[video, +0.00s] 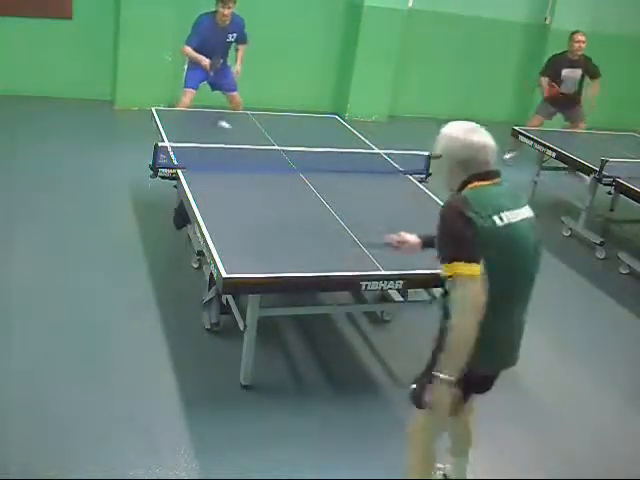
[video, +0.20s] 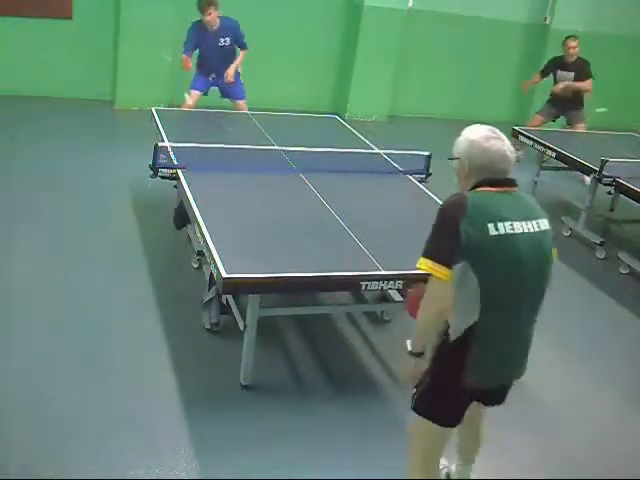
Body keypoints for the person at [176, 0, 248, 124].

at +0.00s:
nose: (226, 12)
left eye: (229, 8)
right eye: (223, 8)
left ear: (233, 9)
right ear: (217, 7)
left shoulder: (238, 22)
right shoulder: (204, 20)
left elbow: (241, 43)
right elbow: (186, 49)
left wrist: (238, 65)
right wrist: (203, 60)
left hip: (221, 65)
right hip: (198, 64)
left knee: (235, 100)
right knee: (187, 99)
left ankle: (240, 130)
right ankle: (173, 128)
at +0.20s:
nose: (207, 19)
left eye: (209, 14)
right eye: (204, 15)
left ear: (216, 12)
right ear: (200, 15)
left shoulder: (231, 25)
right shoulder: (196, 28)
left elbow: (243, 49)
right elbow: (188, 49)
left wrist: (232, 68)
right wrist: (187, 60)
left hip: (228, 72)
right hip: (204, 73)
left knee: (241, 107)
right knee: (188, 104)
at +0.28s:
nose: (200, 23)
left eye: (203, 18)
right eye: (197, 19)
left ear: (210, 16)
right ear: (194, 19)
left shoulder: (227, 27)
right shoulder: (194, 32)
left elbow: (243, 50)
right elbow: (187, 59)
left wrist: (232, 69)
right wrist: (181, 69)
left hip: (230, 70)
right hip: (207, 72)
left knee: (243, 108)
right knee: (192, 104)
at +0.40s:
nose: (187, 33)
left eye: (189, 28)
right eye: (184, 29)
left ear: (198, 23)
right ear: (182, 29)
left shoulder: (219, 31)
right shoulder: (186, 43)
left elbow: (243, 46)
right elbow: (186, 70)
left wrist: (235, 71)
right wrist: (172, 79)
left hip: (230, 72)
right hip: (208, 74)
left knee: (243, 109)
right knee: (191, 104)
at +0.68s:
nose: (177, 38)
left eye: (178, 33)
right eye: (174, 35)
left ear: (186, 28)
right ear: (172, 34)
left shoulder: (208, 31)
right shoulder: (176, 47)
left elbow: (233, 42)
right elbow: (179, 73)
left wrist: (230, 68)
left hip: (221, 72)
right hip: (198, 74)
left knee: (236, 107)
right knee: (184, 104)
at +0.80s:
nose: (182, 28)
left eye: (184, 23)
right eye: (178, 25)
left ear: (190, 18)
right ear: (175, 26)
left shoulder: (208, 25)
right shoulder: (176, 40)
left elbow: (230, 37)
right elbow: (181, 73)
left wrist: (226, 63)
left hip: (216, 67)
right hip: (194, 71)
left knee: (235, 105)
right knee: (185, 102)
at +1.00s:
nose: (193, 11)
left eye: (196, 6)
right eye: (190, 8)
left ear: (201, 5)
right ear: (186, 9)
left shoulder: (213, 16)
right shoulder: (181, 28)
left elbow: (228, 30)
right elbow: (176, 61)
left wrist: (228, 56)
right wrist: (198, 78)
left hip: (213, 63)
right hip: (190, 67)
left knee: (231, 100)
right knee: (185, 102)